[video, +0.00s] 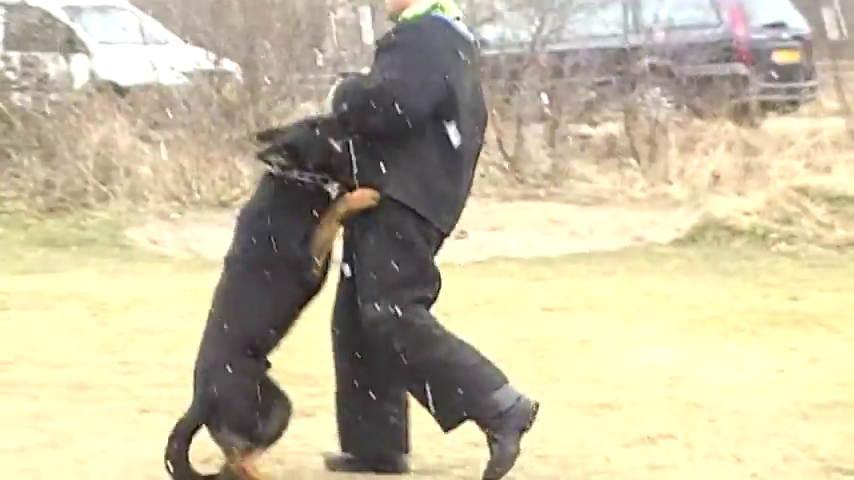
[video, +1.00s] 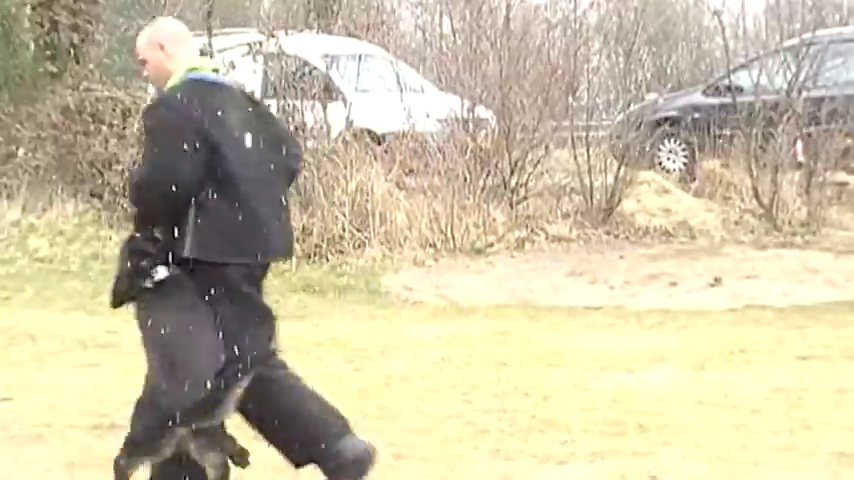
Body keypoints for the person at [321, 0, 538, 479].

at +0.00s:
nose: (382, 8)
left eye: (386, 3)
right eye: (383, 5)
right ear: (428, 0)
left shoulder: (423, 33)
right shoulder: (447, 47)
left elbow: (399, 102)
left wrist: (346, 91)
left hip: (401, 200)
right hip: (386, 202)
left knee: (391, 315)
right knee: (358, 324)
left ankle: (502, 408)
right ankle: (376, 450)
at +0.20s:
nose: (396, 9)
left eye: (400, 3)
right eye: (397, 3)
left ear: (416, 5)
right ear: (448, 7)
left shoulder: (426, 48)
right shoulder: (480, 58)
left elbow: (401, 128)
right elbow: (490, 145)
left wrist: (373, 151)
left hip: (430, 219)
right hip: (480, 222)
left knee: (373, 316)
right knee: (471, 347)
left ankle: (419, 448)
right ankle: (485, 462)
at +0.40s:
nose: (332, 48)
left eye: (334, 36)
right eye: (329, 38)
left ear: (358, 28)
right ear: (378, 26)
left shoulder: (376, 75)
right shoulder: (432, 74)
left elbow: (377, 145)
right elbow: (468, 153)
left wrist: (343, 179)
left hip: (412, 240)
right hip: (467, 237)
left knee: (353, 336)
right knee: (490, 346)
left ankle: (327, 447)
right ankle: (534, 457)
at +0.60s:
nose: (302, 79)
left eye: (301, 66)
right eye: (298, 70)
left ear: (323, 50)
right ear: (326, 51)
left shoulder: (368, 94)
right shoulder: (368, 95)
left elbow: (387, 171)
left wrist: (323, 181)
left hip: (383, 253)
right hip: (410, 252)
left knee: (341, 362)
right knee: (411, 364)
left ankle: (359, 466)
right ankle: (514, 428)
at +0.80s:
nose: (245, 83)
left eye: (244, 70)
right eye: (241, 74)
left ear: (265, 54)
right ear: (279, 53)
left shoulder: (299, 103)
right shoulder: (329, 100)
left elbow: (291, 185)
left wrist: (255, 186)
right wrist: (257, 241)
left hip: (338, 268)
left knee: (366, 386)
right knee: (315, 385)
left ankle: (412, 471)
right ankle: (315, 471)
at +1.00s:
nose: (141, 69)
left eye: (143, 59)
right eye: (139, 61)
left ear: (167, 51)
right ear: (183, 49)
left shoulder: (177, 104)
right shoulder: (241, 98)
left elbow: (169, 179)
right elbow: (287, 156)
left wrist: (148, 218)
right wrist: (252, 202)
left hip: (215, 252)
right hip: (253, 248)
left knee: (249, 362)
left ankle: (336, 448)